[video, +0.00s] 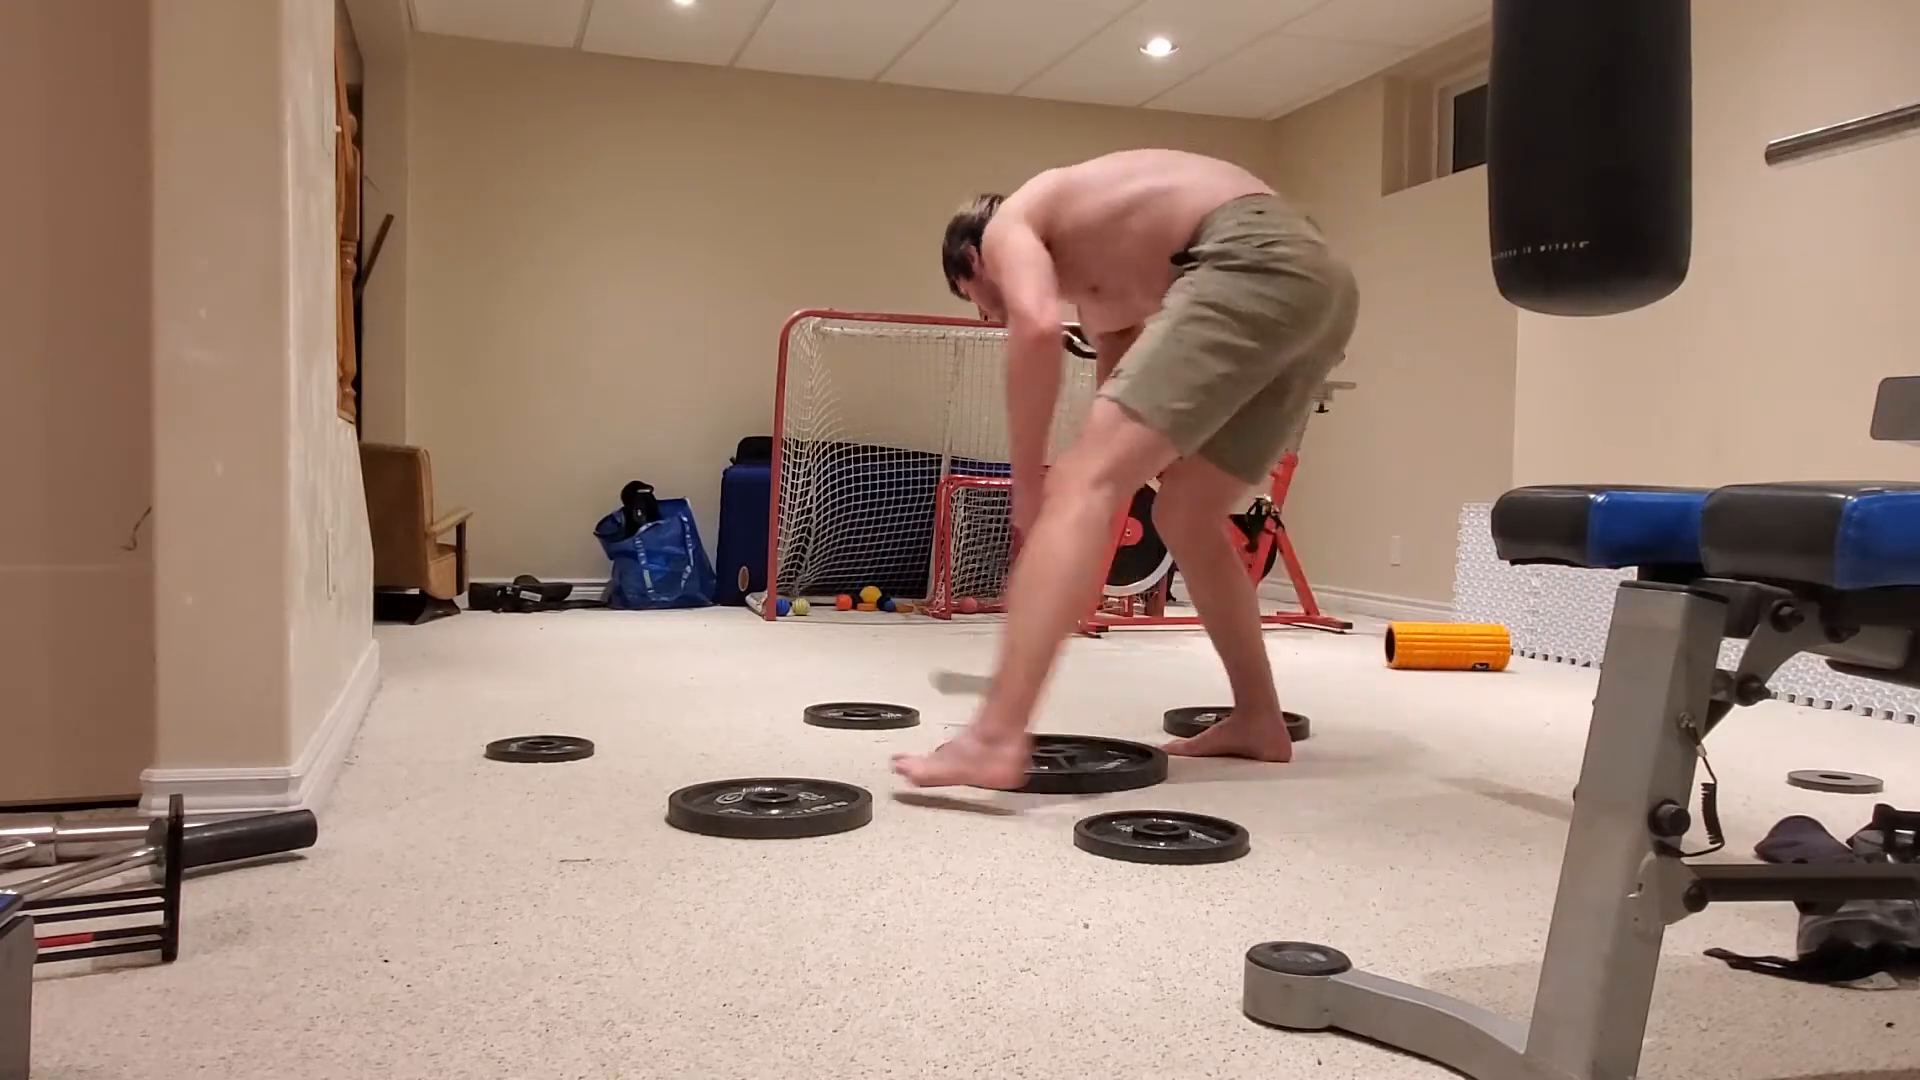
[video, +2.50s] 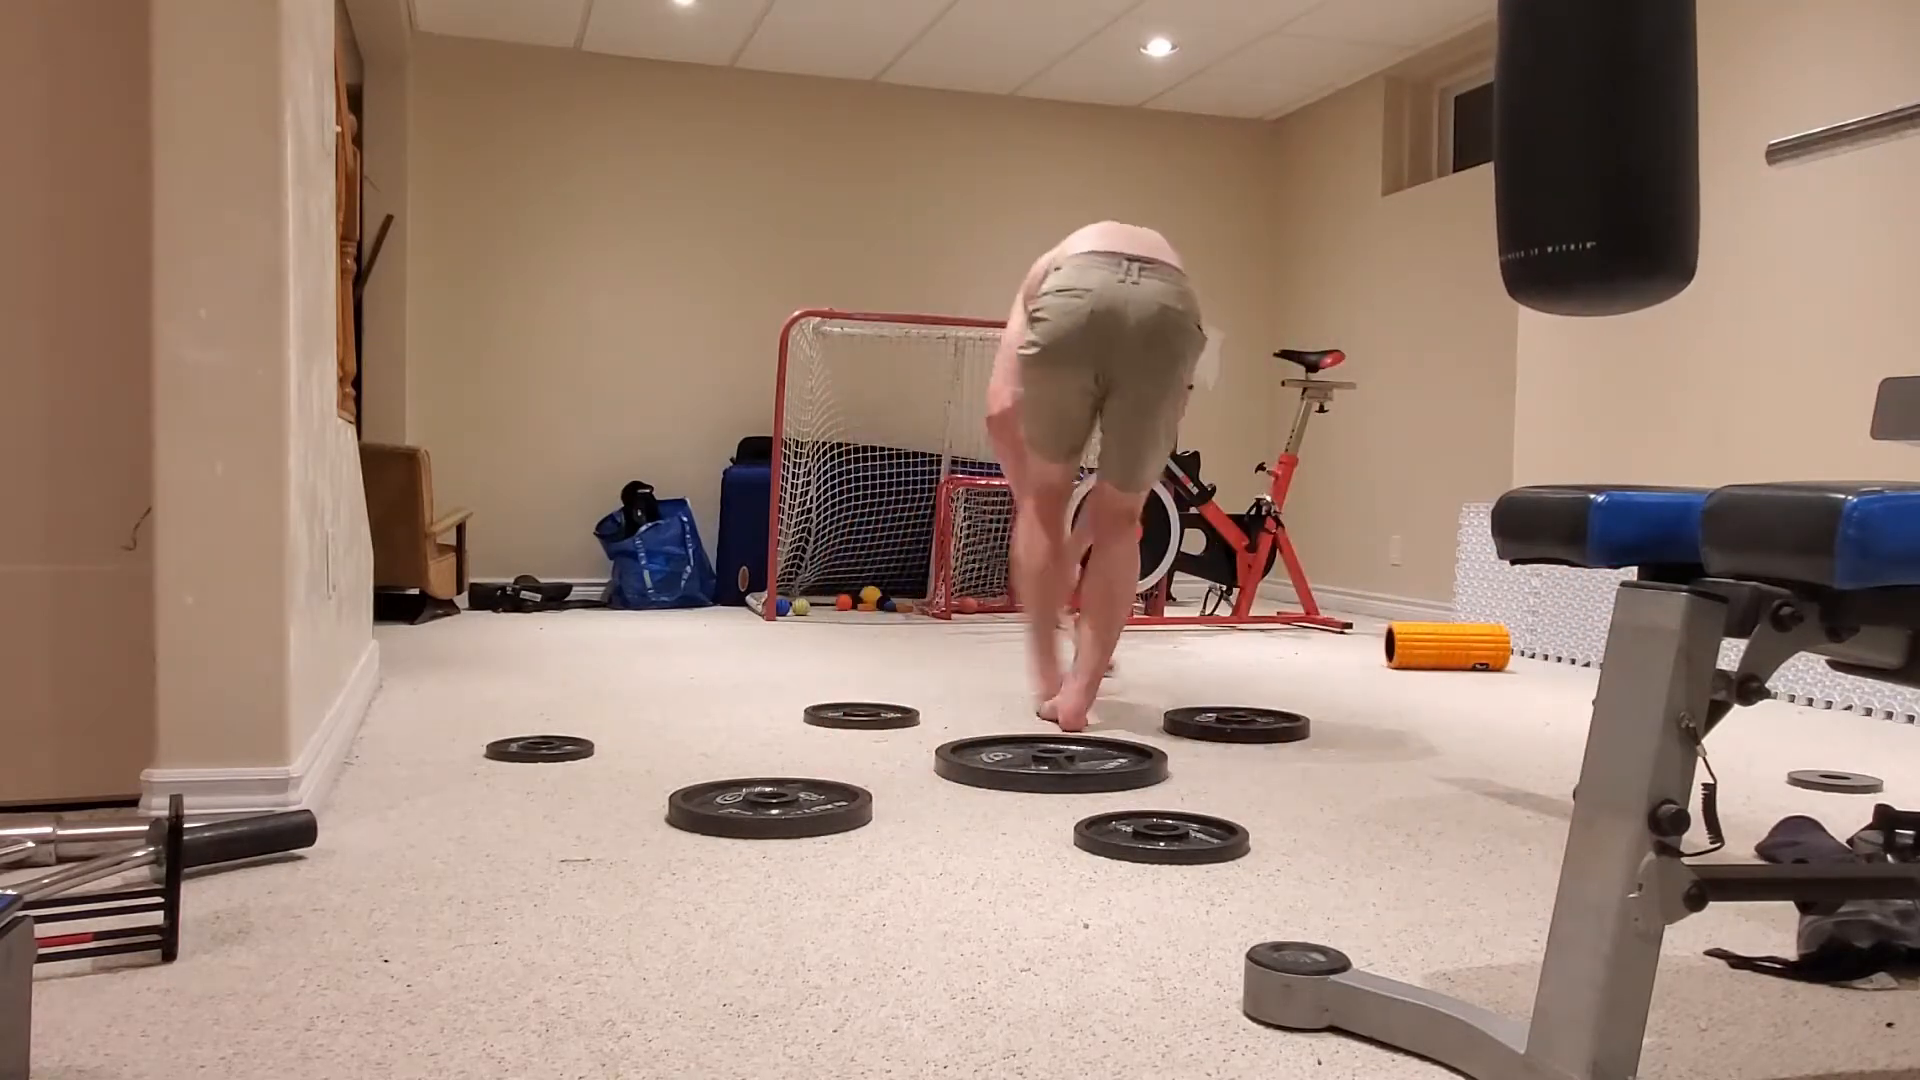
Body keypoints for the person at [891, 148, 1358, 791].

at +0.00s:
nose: (990, 312)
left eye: (974, 297)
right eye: (977, 304)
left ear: (973, 259)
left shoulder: (1008, 227)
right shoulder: (1109, 296)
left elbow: (1037, 329)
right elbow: (1118, 401)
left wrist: (1027, 493)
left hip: (1255, 263)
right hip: (1324, 286)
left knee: (1085, 478)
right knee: (1189, 506)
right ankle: (1258, 721)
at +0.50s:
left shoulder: (952, 233)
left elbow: (931, 376)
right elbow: (1186, 395)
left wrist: (1034, 502)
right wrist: (1189, 560)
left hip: (1043, 195)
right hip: (1175, 183)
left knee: (953, 508)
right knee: (1238, 520)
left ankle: (945, 771)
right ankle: (1325, 780)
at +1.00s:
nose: (1149, 363)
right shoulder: (1359, 288)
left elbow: (1099, 394)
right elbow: (1331, 480)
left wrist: (1171, 513)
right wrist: (1301, 609)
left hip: (1097, 194)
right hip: (1235, 211)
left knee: (1004, 476)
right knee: (1309, 521)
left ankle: (901, 716)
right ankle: (1339, 791)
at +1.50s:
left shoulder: (986, 211)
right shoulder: (1150, 259)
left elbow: (888, 232)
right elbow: (1097, 419)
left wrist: (903, 370)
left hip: (989, 252)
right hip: (1109, 267)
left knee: (897, 519)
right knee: (1205, 547)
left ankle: (839, 737)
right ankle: (1316, 786)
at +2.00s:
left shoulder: (885, 248)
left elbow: (863, 375)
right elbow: (1048, 430)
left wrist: (938, 485)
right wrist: (1020, 555)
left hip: (946, 257)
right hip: (1055, 255)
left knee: (876, 517)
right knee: (1070, 508)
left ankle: (837, 734)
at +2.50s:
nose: (1074, 606)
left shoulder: (1046, 277)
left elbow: (1002, 409)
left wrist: (1045, 546)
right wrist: (1072, 552)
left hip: (1073, 290)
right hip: (1169, 302)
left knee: (1043, 504)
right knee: (1119, 516)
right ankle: (1079, 692)